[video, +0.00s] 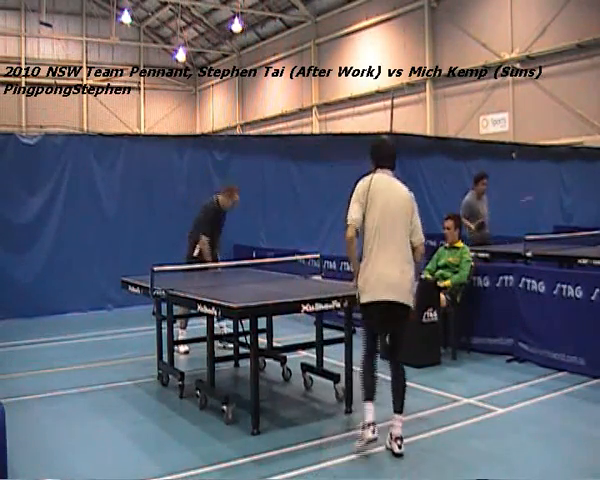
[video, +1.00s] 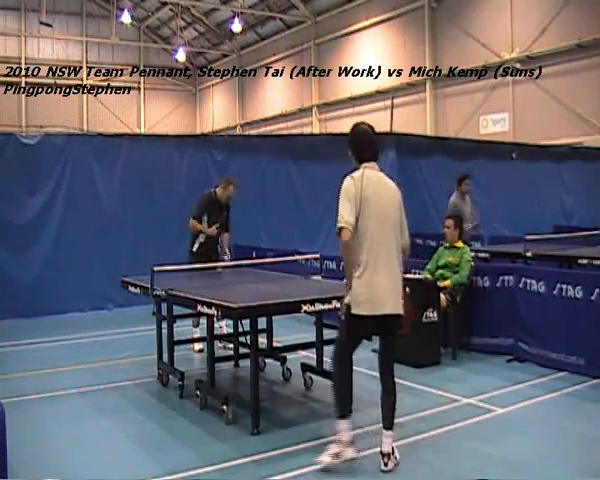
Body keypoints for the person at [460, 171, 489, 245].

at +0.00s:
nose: (485, 187)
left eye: (486, 185)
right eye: (482, 184)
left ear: (486, 186)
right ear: (476, 185)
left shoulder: (484, 197)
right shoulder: (468, 200)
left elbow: (484, 213)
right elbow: (462, 217)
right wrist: (471, 226)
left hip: (485, 233)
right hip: (474, 236)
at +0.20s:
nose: (480, 189)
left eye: (481, 186)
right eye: (478, 186)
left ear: (482, 188)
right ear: (471, 188)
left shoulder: (482, 199)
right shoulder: (464, 203)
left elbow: (482, 213)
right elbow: (460, 221)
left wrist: (486, 220)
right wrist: (467, 230)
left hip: (481, 238)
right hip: (468, 240)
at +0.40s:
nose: (475, 187)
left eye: (476, 184)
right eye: (473, 184)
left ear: (477, 186)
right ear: (466, 186)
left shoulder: (477, 198)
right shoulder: (459, 201)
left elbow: (481, 213)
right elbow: (455, 218)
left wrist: (487, 225)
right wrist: (460, 229)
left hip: (476, 231)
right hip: (463, 232)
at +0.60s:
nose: (470, 186)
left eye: (471, 183)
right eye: (467, 183)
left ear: (472, 185)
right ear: (461, 185)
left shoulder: (470, 198)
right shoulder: (454, 200)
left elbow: (473, 214)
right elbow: (448, 217)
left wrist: (476, 230)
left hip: (468, 234)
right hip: (457, 236)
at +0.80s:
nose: (467, 187)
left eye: (468, 185)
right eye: (465, 184)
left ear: (469, 186)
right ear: (459, 187)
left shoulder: (469, 200)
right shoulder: (451, 202)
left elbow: (470, 217)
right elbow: (445, 218)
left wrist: (472, 233)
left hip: (467, 236)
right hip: (455, 237)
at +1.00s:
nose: (468, 187)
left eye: (469, 185)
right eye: (466, 184)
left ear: (470, 186)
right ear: (459, 187)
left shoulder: (467, 198)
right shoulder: (454, 202)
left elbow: (470, 212)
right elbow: (451, 220)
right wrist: (462, 226)